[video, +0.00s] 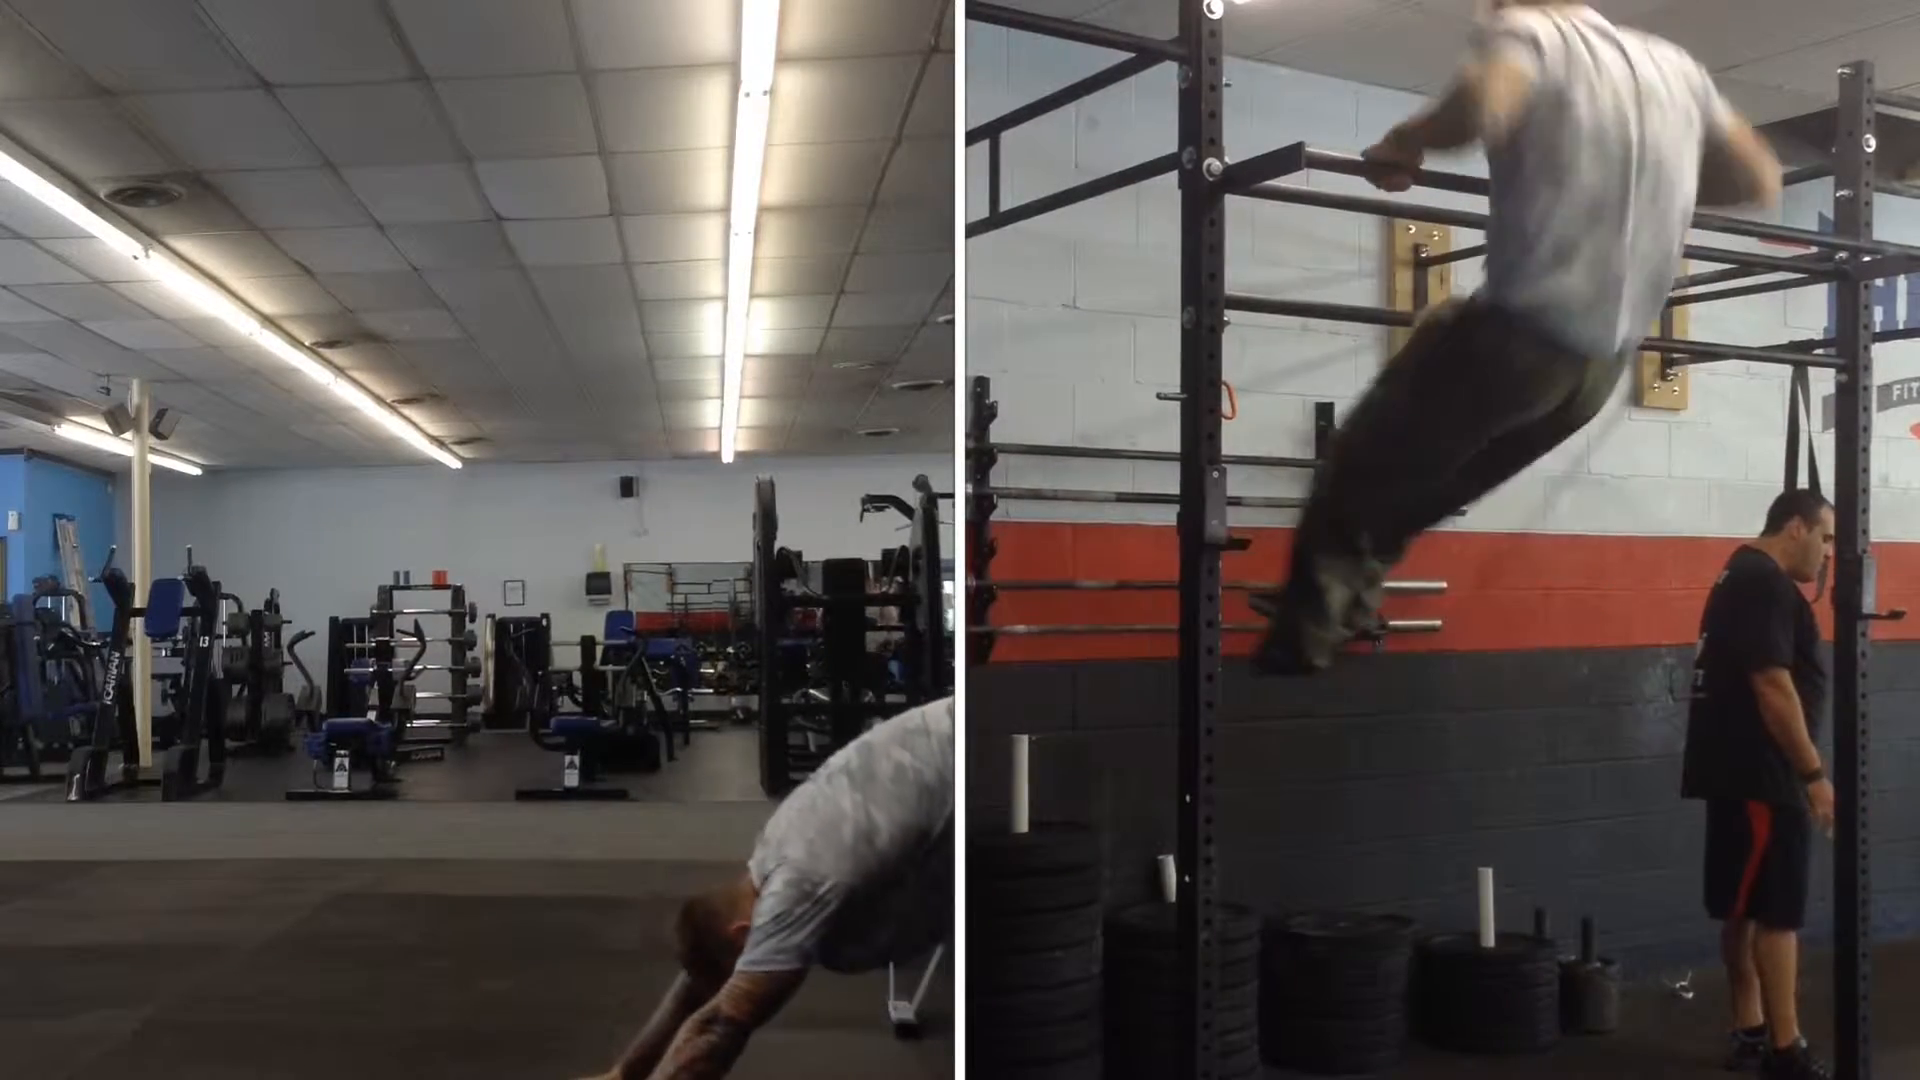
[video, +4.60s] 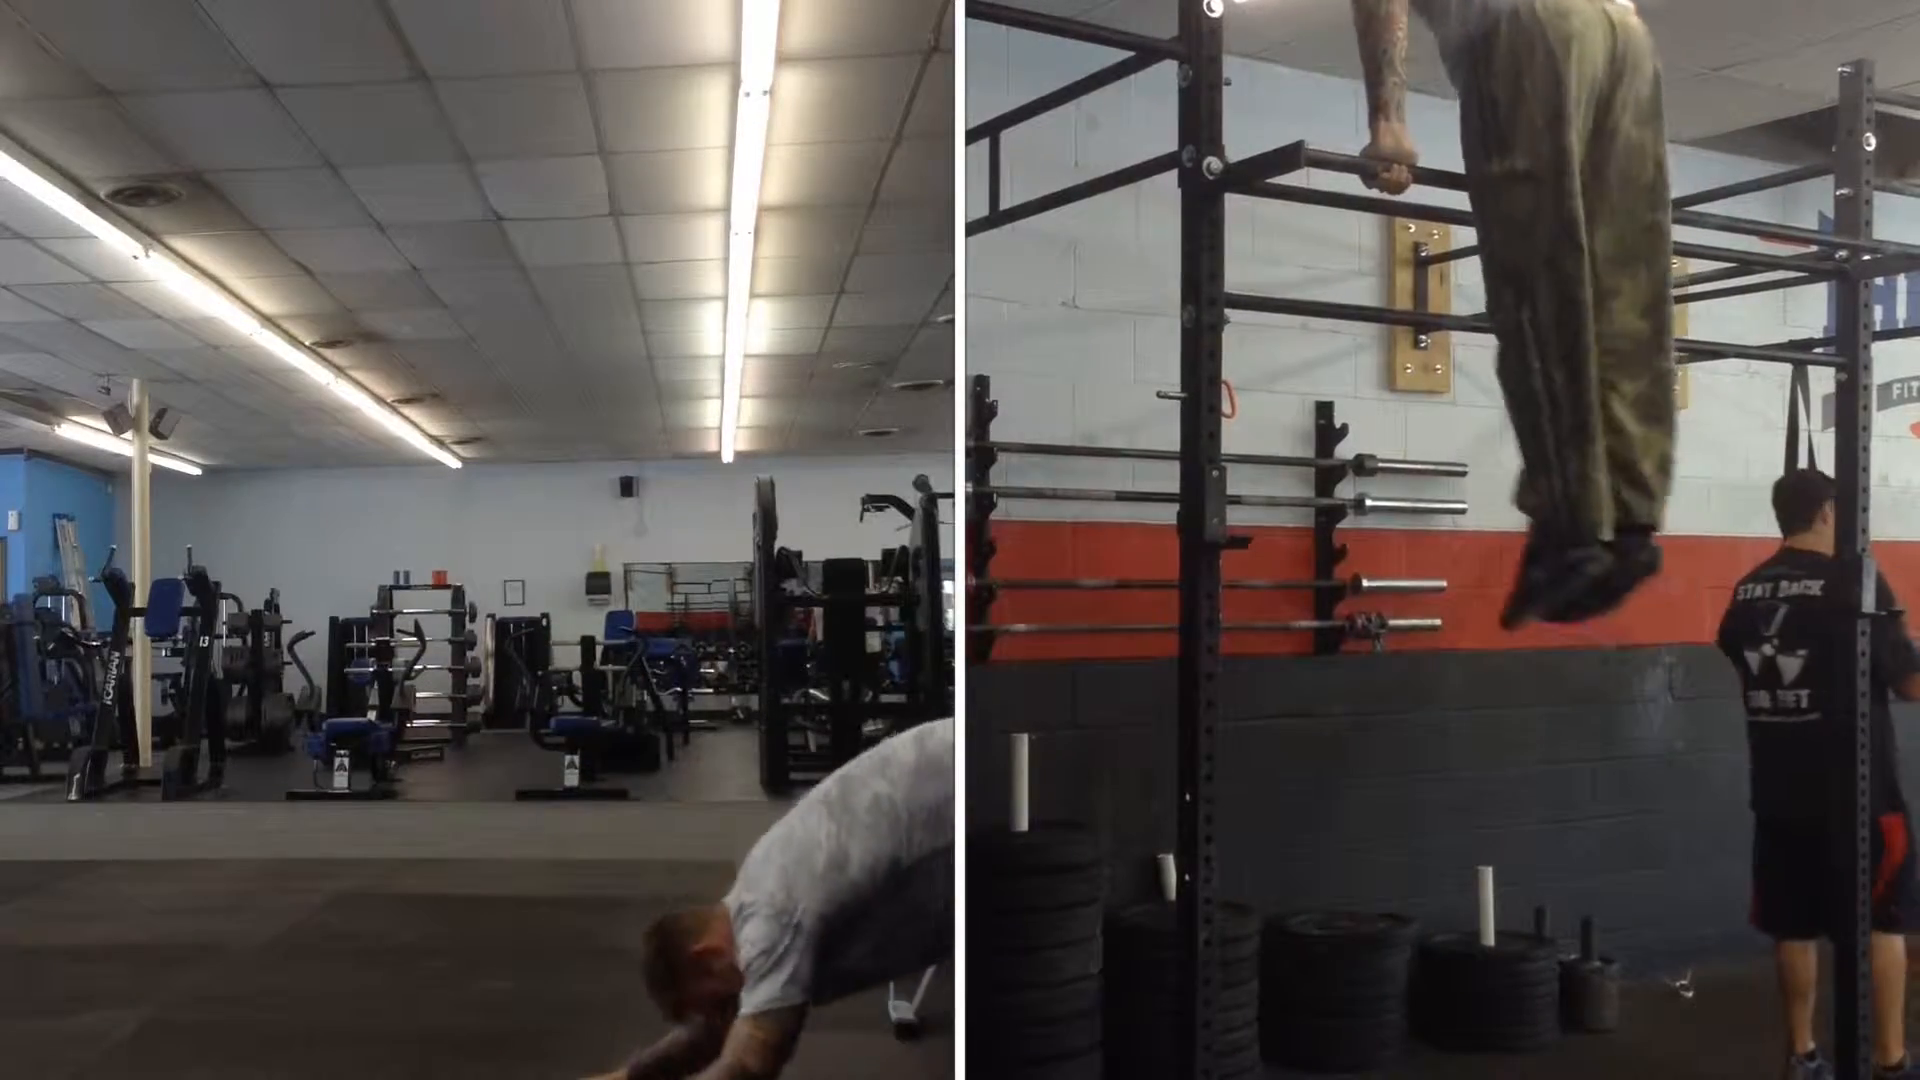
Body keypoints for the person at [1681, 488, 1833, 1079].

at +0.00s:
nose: (1828, 549)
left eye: (1830, 538)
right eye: (1825, 536)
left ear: (1786, 527)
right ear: (1796, 527)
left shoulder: (1742, 579)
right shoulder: (1764, 584)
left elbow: (1751, 686)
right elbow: (1771, 687)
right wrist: (1814, 772)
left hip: (1737, 770)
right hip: (1763, 774)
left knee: (1745, 910)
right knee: (1777, 915)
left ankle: (1749, 1034)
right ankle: (1786, 1049)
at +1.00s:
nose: (1866, 535)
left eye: (1866, 522)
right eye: (1862, 522)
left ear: (1814, 514)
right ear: (1835, 517)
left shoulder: (1784, 577)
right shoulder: (1825, 586)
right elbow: (1849, 700)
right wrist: (1895, 787)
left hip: (1791, 771)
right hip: (1827, 778)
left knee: (1807, 910)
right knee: (1834, 919)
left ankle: (1769, 1017)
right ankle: (1840, 1054)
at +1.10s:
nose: (1877, 531)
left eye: (1877, 518)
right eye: (1871, 517)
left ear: (1821, 513)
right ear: (1841, 515)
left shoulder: (1785, 581)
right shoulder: (1829, 587)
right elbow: (1860, 696)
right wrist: (1911, 781)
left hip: (1799, 777)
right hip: (1836, 783)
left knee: (1824, 913)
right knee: (1841, 924)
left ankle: (1785, 1005)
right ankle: (1844, 1054)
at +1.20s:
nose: (1883, 530)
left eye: (1883, 517)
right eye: (1876, 517)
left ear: (1827, 513)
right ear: (1844, 515)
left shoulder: (1790, 581)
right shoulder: (1839, 588)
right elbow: (1869, 702)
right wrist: (1915, 773)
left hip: (1802, 781)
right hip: (1840, 788)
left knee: (1830, 915)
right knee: (1844, 925)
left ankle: (1819, 1026)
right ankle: (1841, 1054)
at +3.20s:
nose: (1916, 524)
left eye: (1912, 511)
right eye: (1919, 512)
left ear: (1904, 515)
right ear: (1917, 517)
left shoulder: (1876, 577)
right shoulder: (1891, 577)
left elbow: (1845, 658)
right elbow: (1849, 660)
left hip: (1885, 767)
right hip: (1901, 770)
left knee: (1900, 914)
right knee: (1902, 915)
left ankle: (1883, 1029)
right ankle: (1883, 1031)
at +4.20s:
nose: (1892, 523)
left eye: (1887, 512)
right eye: (1888, 513)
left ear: (1826, 519)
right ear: (1876, 517)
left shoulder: (1790, 588)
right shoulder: (1902, 592)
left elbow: (1766, 665)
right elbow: (1907, 688)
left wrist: (1798, 727)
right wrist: (1898, 737)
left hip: (1814, 776)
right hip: (1894, 779)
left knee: (1813, 924)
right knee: (1904, 934)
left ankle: (1804, 1053)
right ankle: (1915, 1058)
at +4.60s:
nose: (1850, 525)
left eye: (1844, 513)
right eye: (1845, 514)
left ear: (1784, 519)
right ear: (1827, 515)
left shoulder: (1750, 587)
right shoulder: (1858, 581)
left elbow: (1735, 658)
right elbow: (1908, 681)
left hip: (1781, 780)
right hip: (1859, 783)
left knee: (1795, 922)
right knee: (1885, 919)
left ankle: (1803, 1054)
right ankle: (1890, 1057)